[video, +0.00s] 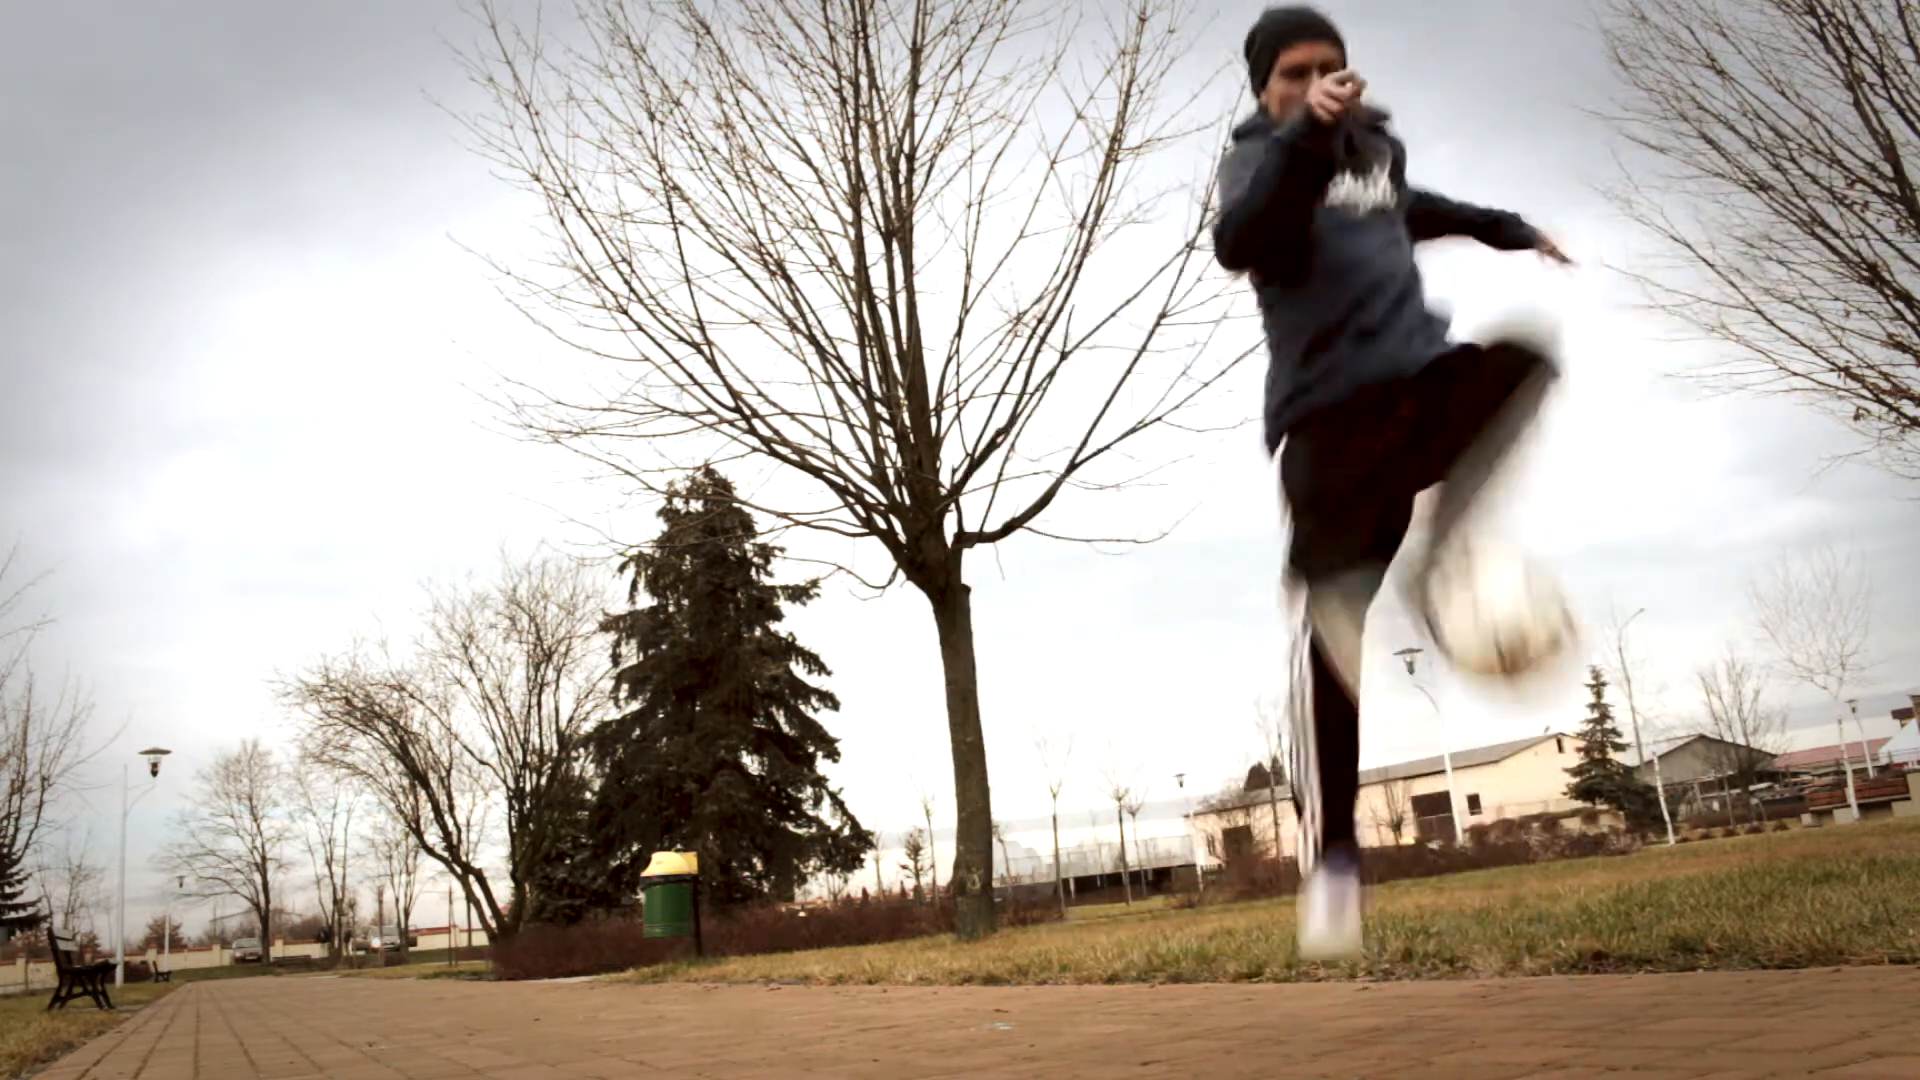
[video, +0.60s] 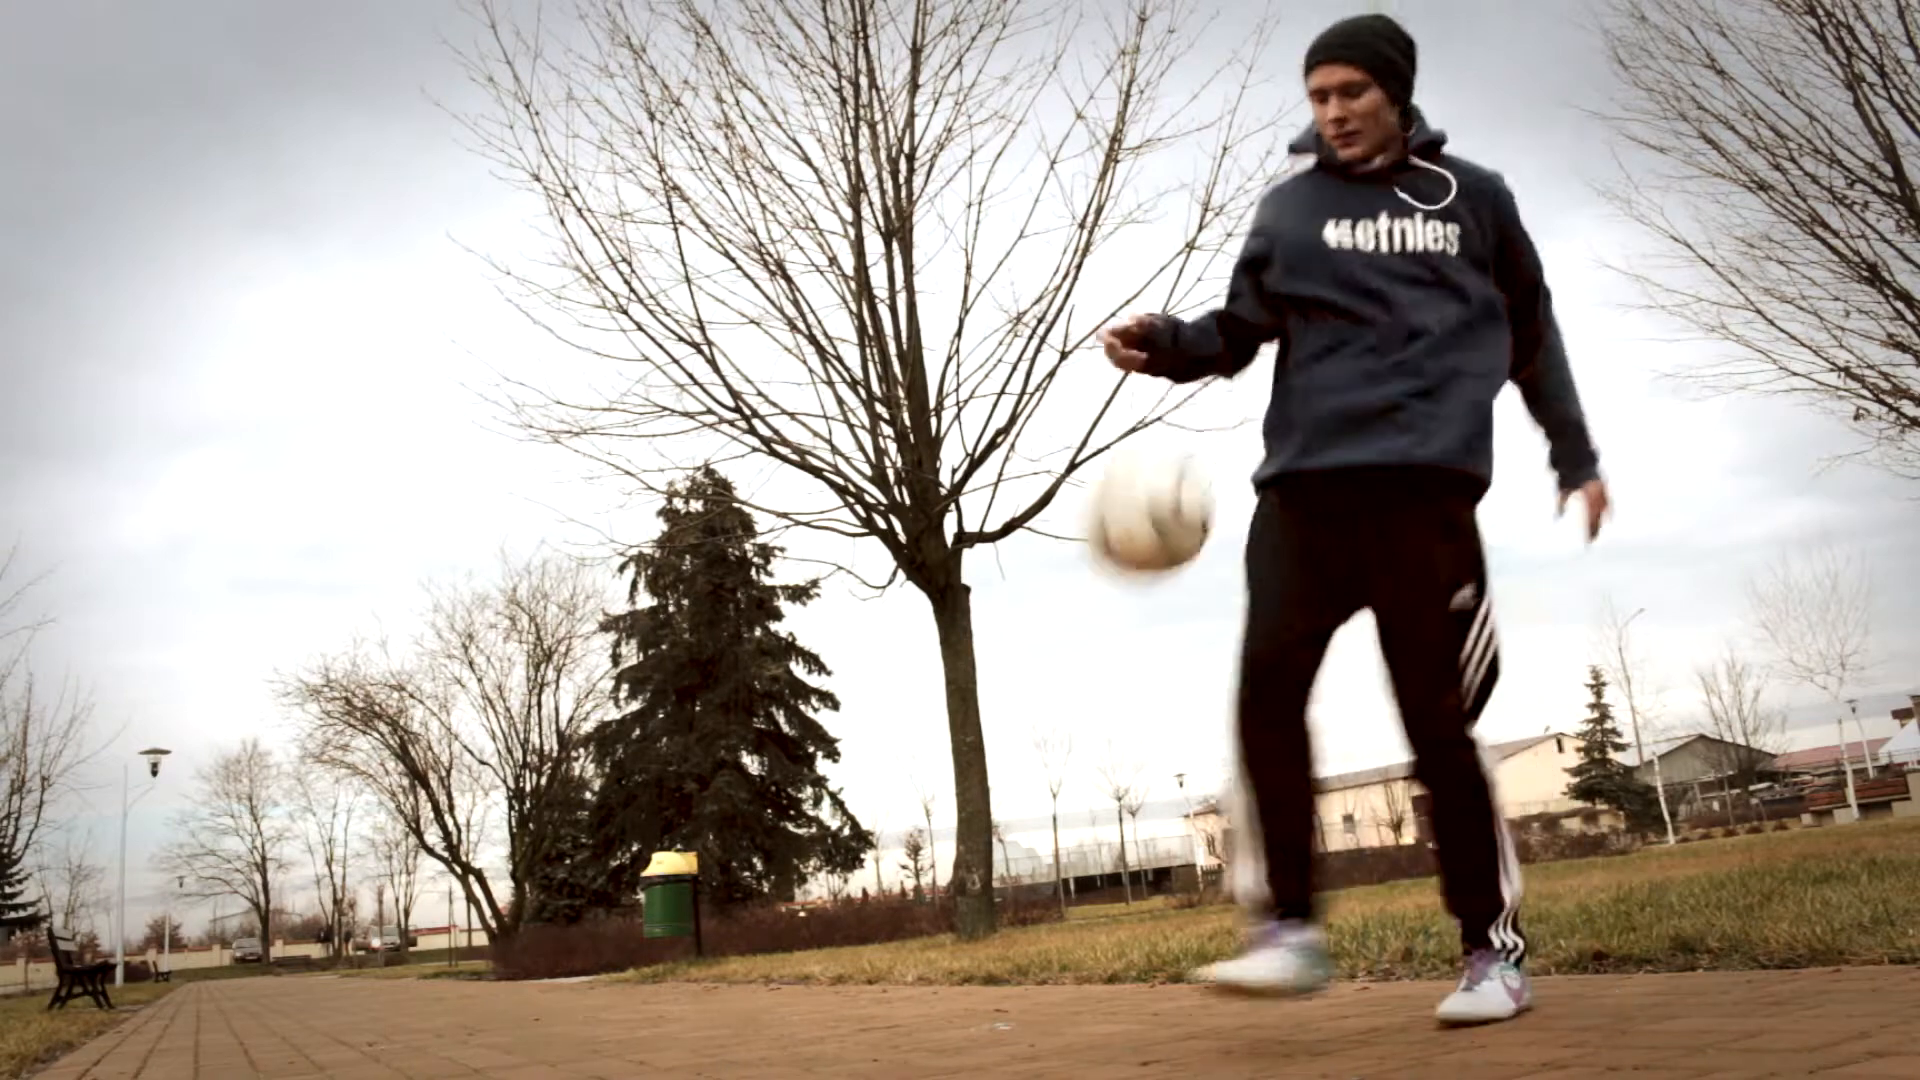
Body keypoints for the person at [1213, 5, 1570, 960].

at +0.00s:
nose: (1319, 87)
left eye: (1330, 69)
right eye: (1296, 75)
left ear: (1348, 76)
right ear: (1261, 88)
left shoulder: (1374, 146)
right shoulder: (1254, 154)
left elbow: (1401, 212)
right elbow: (1235, 246)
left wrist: (1508, 229)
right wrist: (1305, 134)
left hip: (1418, 390)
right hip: (1330, 420)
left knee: (1523, 354)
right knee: (1329, 635)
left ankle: (1440, 562)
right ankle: (1335, 858)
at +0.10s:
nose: (1348, 79)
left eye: (1357, 63)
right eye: (1328, 66)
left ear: (1372, 67)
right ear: (1290, 75)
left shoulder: (1399, 149)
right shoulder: (1270, 148)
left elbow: (1463, 204)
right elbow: (1230, 197)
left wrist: (1593, 214)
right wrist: (1172, 204)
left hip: (1440, 364)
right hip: (1342, 377)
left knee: (1471, 572)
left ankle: (1550, 756)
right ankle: (1542, 745)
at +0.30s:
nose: (1399, 169)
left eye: (1417, 152)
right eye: (1380, 151)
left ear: (1439, 161)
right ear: (1346, 158)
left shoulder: (1488, 267)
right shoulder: (1288, 263)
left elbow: (1605, 346)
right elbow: (1219, 369)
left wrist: (1757, 393)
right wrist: (1127, 464)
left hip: (1462, 527)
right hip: (1344, 532)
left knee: (1551, 732)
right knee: (1565, 506)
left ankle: (1568, 944)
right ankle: (1737, 634)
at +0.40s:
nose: (1388, 136)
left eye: (1406, 118)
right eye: (1371, 120)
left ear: (1437, 125)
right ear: (1348, 129)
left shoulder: (1484, 241)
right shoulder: (1297, 230)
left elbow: (1550, 362)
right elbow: (1224, 351)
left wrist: (1670, 433)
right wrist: (1148, 455)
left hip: (1457, 497)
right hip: (1346, 497)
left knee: (1533, 694)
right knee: (1487, 664)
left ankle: (1565, 937)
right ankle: (1586, 900)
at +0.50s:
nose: (1359, 105)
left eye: (1377, 86)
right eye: (1344, 89)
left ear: (1420, 88)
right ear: (1330, 97)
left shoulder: (1483, 199)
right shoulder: (1297, 192)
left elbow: (1535, 330)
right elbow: (1242, 313)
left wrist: (1605, 417)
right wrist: (1154, 373)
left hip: (1446, 484)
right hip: (1324, 478)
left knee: (1488, 713)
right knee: (1356, 675)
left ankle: (1540, 935)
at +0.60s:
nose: (1334, 115)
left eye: (1351, 94)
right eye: (1319, 99)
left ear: (1400, 94)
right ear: (1310, 109)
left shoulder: (1475, 197)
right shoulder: (1287, 202)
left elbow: (1533, 335)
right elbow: (1237, 333)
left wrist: (1575, 458)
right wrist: (1162, 344)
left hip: (1424, 487)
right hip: (1301, 491)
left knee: (1438, 727)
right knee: (1265, 705)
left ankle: (1490, 951)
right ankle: (1291, 932)